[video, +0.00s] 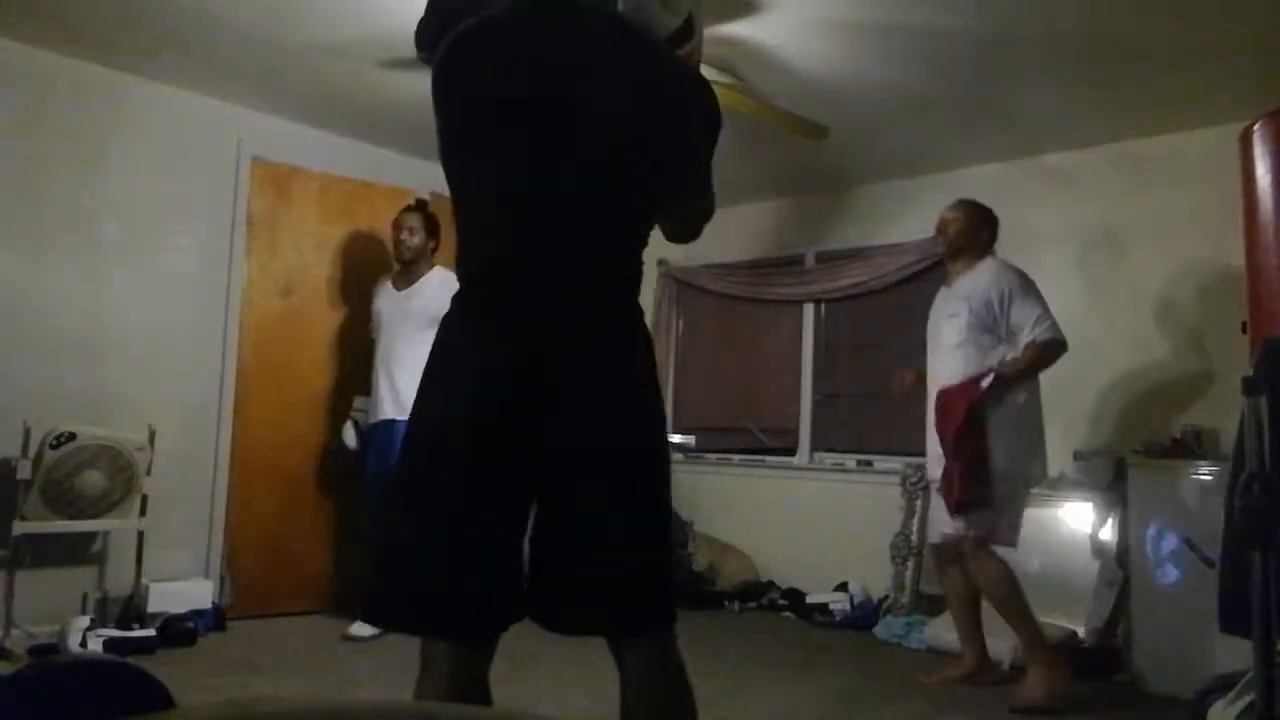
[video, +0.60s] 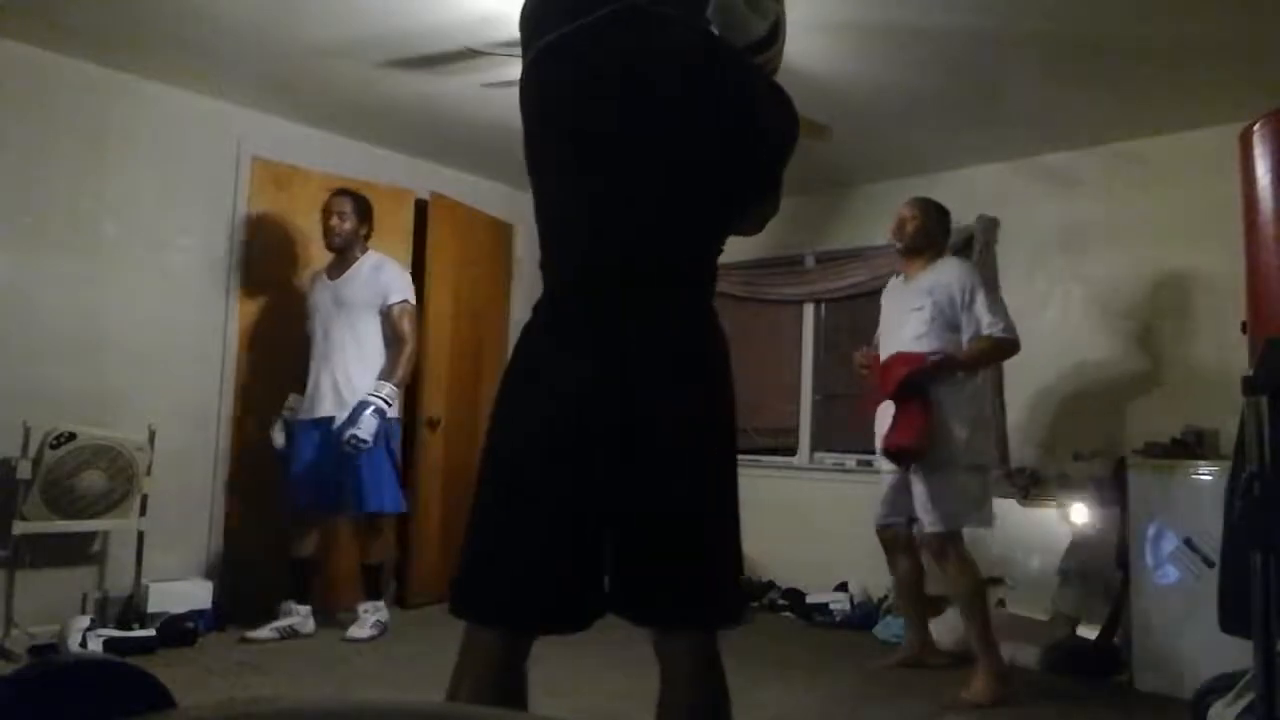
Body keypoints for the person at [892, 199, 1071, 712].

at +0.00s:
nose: (938, 232)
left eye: (949, 223)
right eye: (938, 225)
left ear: (979, 234)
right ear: (947, 237)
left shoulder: (1002, 278)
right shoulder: (945, 293)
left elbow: (1050, 341)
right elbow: (957, 360)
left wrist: (997, 379)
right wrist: (920, 378)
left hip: (996, 446)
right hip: (951, 448)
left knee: (975, 549)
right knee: (947, 549)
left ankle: (1041, 659)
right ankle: (974, 659)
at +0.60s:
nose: (897, 224)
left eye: (909, 218)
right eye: (897, 217)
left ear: (934, 232)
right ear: (897, 230)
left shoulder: (958, 274)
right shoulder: (892, 288)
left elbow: (1004, 339)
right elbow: (898, 356)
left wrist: (952, 362)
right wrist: (874, 362)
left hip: (950, 438)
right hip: (905, 437)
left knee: (943, 544)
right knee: (892, 530)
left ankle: (989, 663)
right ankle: (918, 642)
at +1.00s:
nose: (851, 242)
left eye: (861, 232)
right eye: (852, 234)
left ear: (892, 238)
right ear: (867, 243)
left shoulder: (915, 280)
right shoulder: (861, 295)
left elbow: (960, 338)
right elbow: (849, 352)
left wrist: (901, 360)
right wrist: (833, 361)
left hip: (905, 441)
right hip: (870, 442)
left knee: (895, 544)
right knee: (884, 542)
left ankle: (906, 672)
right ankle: (917, 650)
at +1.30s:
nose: (820, 237)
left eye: (830, 229)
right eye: (821, 229)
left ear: (861, 236)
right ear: (848, 238)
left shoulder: (878, 274)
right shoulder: (842, 286)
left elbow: (890, 349)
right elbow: (843, 364)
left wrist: (824, 350)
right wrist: (798, 361)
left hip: (881, 447)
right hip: (842, 445)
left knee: (875, 550)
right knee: (812, 526)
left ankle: (903, 677)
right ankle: (860, 617)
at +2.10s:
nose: (771, 232)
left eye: (781, 224)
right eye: (770, 225)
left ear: (810, 233)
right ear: (771, 235)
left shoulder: (830, 278)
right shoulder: (769, 293)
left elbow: (846, 355)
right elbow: (768, 361)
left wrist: (772, 357)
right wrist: (739, 366)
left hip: (813, 442)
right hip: (769, 441)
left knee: (807, 546)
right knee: (760, 545)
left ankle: (835, 674)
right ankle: (787, 639)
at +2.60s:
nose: (717, 225)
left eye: (727, 214)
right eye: (717, 214)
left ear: (749, 217)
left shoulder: (783, 274)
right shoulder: (718, 286)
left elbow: (819, 347)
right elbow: (704, 358)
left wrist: (775, 373)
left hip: (774, 432)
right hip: (718, 433)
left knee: (787, 544)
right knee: (716, 544)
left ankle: (826, 672)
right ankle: (720, 645)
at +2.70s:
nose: (706, 230)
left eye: (713, 220)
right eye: (703, 221)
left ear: (729, 226)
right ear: (701, 232)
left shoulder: (775, 278)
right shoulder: (692, 286)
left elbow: (802, 350)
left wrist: (765, 389)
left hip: (756, 438)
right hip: (704, 439)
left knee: (778, 544)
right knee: (714, 549)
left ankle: (818, 662)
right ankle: (713, 646)